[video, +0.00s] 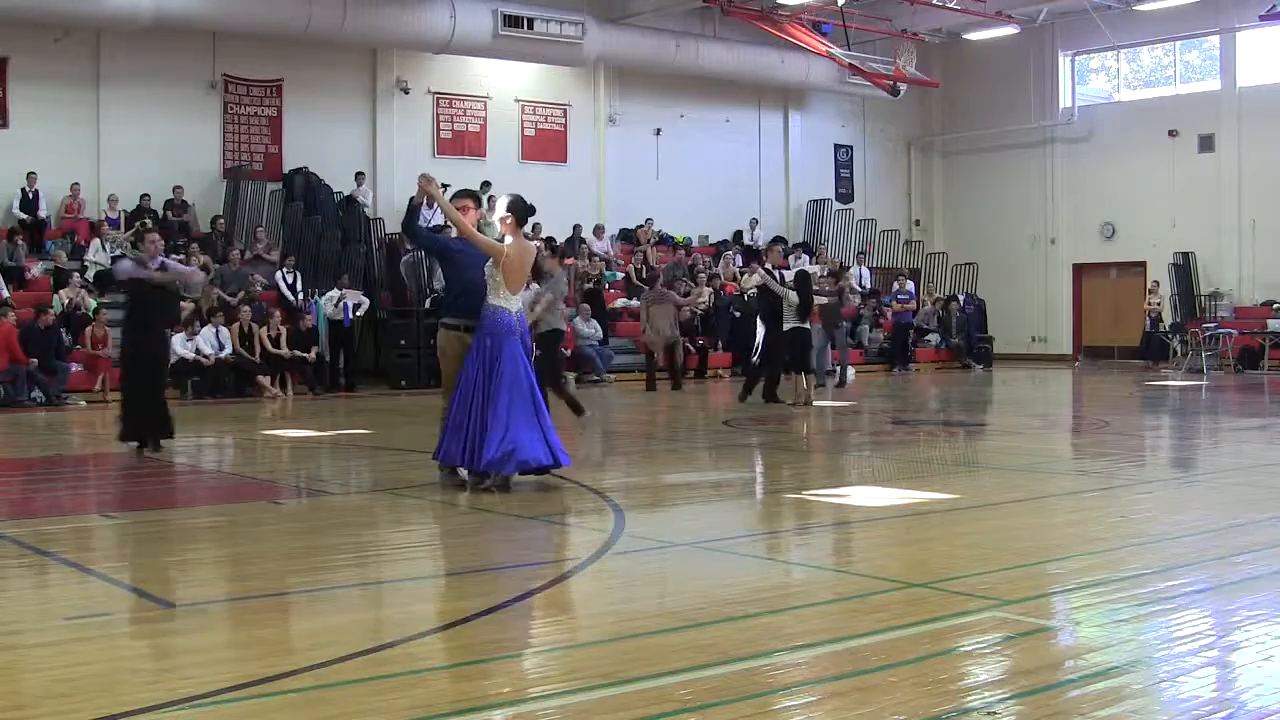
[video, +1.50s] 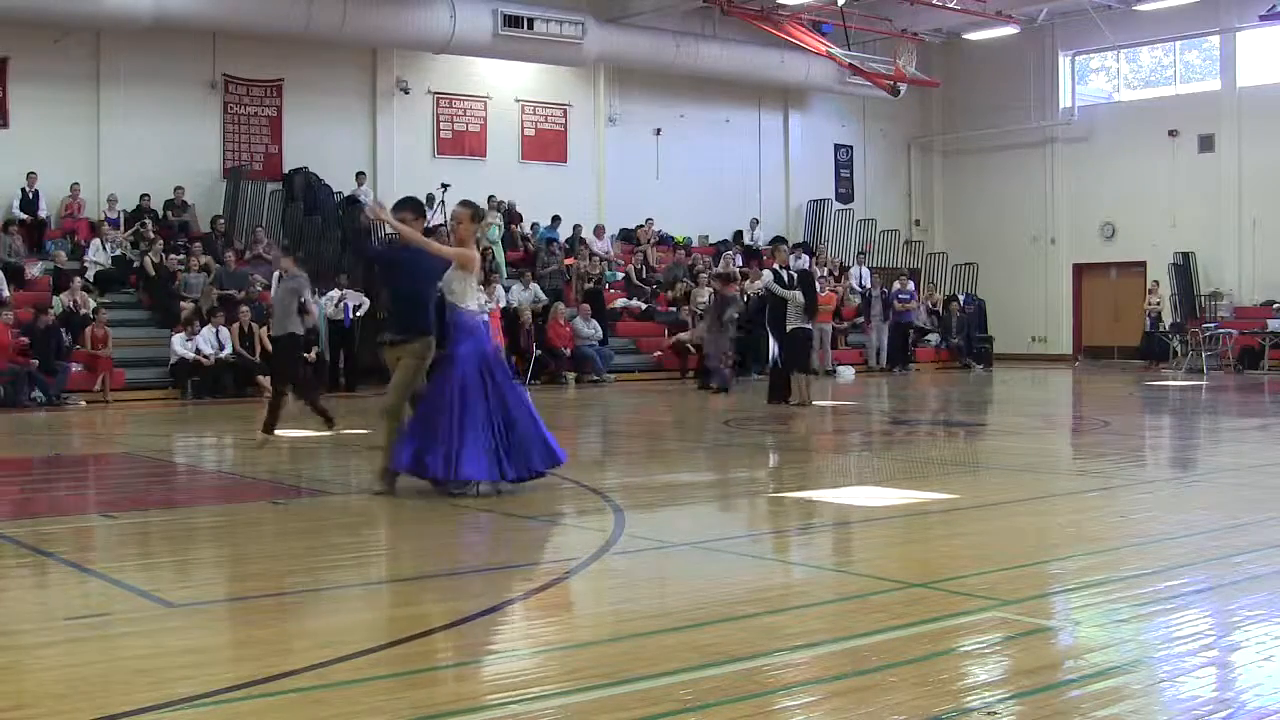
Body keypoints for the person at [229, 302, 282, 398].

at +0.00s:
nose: (247, 314)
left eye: (249, 312)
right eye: (244, 312)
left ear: (251, 314)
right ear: (239, 315)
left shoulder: (255, 327)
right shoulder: (235, 327)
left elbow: (257, 344)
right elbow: (237, 347)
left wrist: (257, 356)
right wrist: (250, 358)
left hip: (252, 354)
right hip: (240, 354)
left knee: (264, 365)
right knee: (253, 367)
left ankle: (267, 391)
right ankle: (271, 390)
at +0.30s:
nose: (247, 314)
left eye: (249, 312)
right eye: (244, 312)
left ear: (251, 314)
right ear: (239, 315)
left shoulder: (255, 327)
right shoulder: (235, 327)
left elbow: (257, 344)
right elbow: (237, 347)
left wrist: (257, 356)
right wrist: (250, 358)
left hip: (252, 354)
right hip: (240, 354)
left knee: (264, 365)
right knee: (253, 367)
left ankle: (267, 391)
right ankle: (271, 389)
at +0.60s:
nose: (247, 314)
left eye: (249, 312)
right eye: (244, 312)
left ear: (251, 314)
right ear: (239, 315)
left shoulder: (255, 327)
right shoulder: (235, 327)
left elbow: (257, 344)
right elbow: (237, 347)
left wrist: (257, 356)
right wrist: (250, 357)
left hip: (253, 354)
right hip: (241, 354)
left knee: (264, 366)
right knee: (253, 368)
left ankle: (267, 391)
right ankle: (271, 389)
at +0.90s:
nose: (247, 314)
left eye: (248, 312)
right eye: (244, 312)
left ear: (251, 314)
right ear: (239, 315)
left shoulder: (255, 326)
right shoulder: (235, 327)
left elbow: (257, 344)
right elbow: (237, 347)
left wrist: (257, 356)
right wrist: (250, 357)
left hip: (253, 354)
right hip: (241, 353)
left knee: (264, 367)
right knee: (253, 368)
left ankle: (267, 391)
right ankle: (271, 389)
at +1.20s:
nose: (245, 314)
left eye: (247, 311)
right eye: (242, 312)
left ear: (250, 313)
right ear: (238, 315)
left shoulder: (255, 326)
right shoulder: (235, 327)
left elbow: (257, 343)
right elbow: (237, 347)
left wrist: (257, 356)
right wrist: (250, 357)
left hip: (253, 354)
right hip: (241, 354)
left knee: (264, 366)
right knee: (254, 367)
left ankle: (267, 392)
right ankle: (272, 390)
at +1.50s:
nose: (245, 314)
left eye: (247, 311)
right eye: (242, 312)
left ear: (250, 313)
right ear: (238, 315)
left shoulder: (255, 326)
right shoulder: (235, 327)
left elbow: (257, 343)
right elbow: (237, 347)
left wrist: (257, 356)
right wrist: (249, 357)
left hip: (253, 354)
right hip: (242, 354)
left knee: (264, 367)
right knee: (254, 368)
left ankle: (267, 392)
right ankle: (270, 389)